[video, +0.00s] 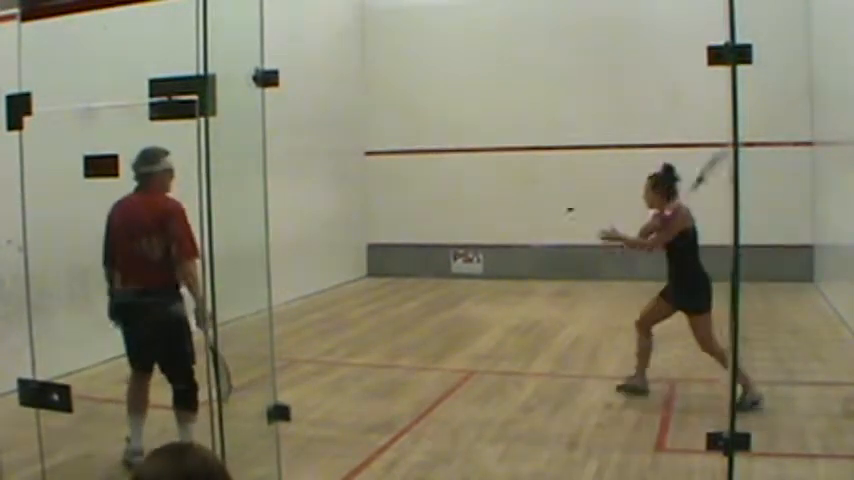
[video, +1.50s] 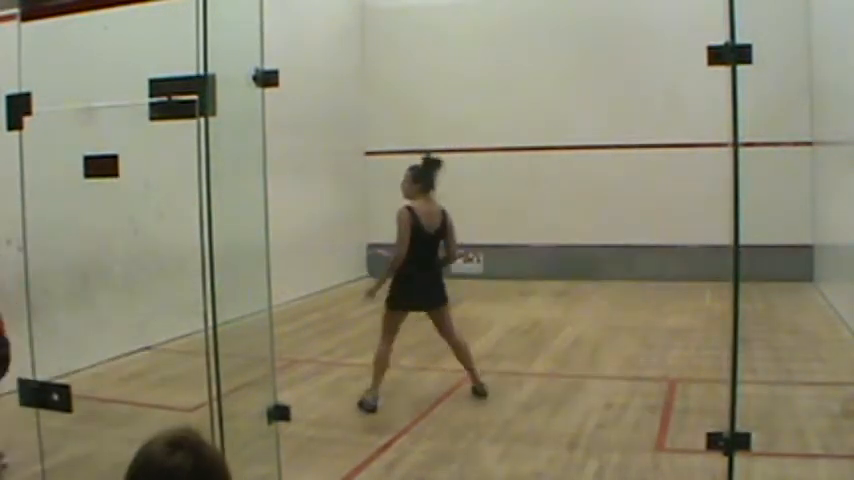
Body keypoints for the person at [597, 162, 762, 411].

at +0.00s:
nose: (645, 197)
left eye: (648, 192)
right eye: (645, 192)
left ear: (659, 193)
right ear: (661, 193)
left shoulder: (681, 215)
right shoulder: (660, 216)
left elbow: (654, 244)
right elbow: (642, 239)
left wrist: (622, 239)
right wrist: (621, 242)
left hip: (695, 287)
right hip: (677, 286)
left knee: (708, 344)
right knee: (643, 324)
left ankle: (750, 388)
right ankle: (640, 379)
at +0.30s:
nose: (597, 190)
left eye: (598, 186)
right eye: (597, 186)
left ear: (605, 186)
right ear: (620, 185)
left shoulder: (613, 211)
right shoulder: (627, 207)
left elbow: (606, 250)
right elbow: (630, 247)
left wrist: (596, 284)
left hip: (634, 281)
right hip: (639, 278)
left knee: (625, 334)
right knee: (616, 326)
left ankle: (673, 371)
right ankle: (636, 377)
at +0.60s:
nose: (548, 186)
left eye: (549, 182)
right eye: (551, 182)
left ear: (551, 184)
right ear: (572, 181)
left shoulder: (554, 208)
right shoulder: (585, 202)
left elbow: (558, 240)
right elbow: (613, 220)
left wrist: (560, 273)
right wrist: (645, 233)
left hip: (576, 275)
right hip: (598, 272)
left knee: (546, 320)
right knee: (610, 324)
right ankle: (635, 374)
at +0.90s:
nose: (497, 172)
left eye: (499, 169)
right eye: (501, 169)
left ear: (501, 172)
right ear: (522, 171)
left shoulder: (495, 197)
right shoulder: (532, 195)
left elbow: (491, 230)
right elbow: (546, 229)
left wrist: (482, 249)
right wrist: (557, 258)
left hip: (506, 268)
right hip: (531, 265)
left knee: (504, 326)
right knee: (543, 319)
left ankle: (511, 376)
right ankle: (563, 367)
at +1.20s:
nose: (457, 174)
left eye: (461, 170)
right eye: (459, 169)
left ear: (470, 174)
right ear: (482, 175)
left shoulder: (463, 202)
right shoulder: (496, 201)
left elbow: (457, 240)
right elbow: (506, 238)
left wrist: (445, 262)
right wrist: (491, 252)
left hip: (460, 270)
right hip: (485, 271)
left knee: (435, 321)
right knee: (478, 324)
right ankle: (480, 379)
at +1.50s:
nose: (402, 186)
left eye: (405, 182)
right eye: (403, 181)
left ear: (416, 185)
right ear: (427, 186)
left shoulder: (407, 213)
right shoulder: (442, 213)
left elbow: (400, 254)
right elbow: (451, 255)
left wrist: (378, 284)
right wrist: (432, 264)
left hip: (405, 283)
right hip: (432, 283)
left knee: (387, 339)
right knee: (451, 335)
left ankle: (372, 394)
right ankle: (478, 383)